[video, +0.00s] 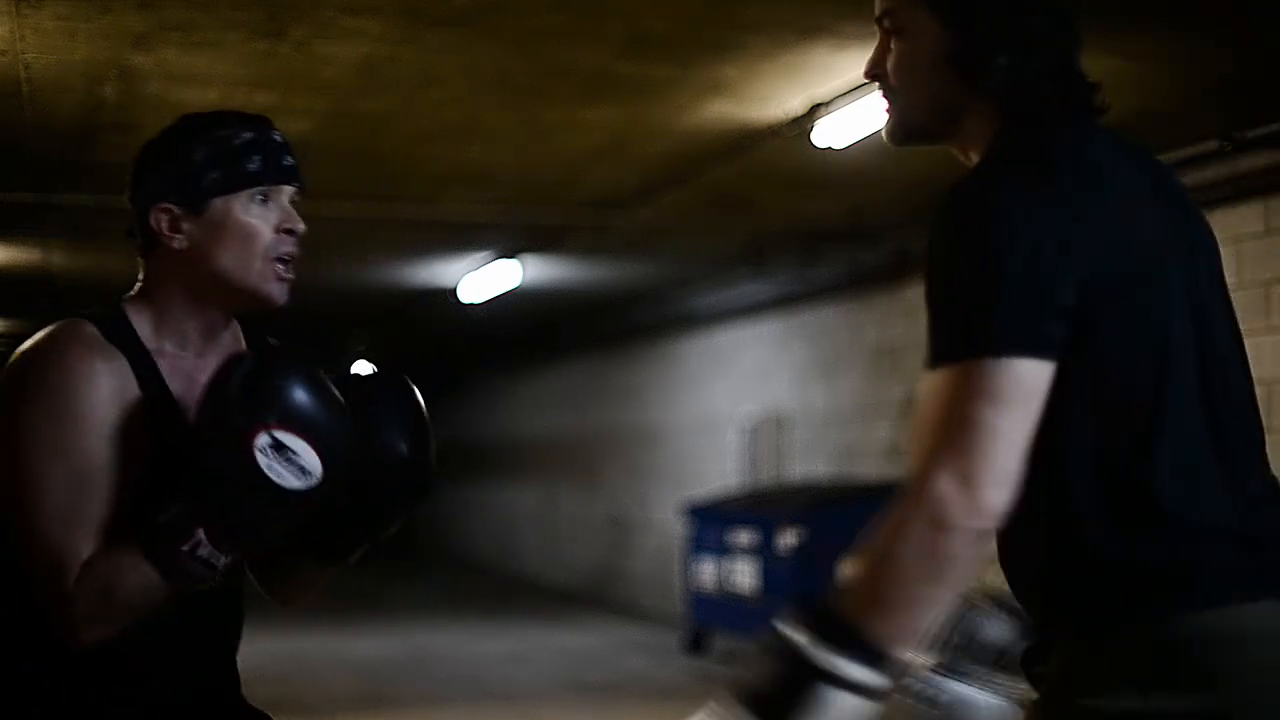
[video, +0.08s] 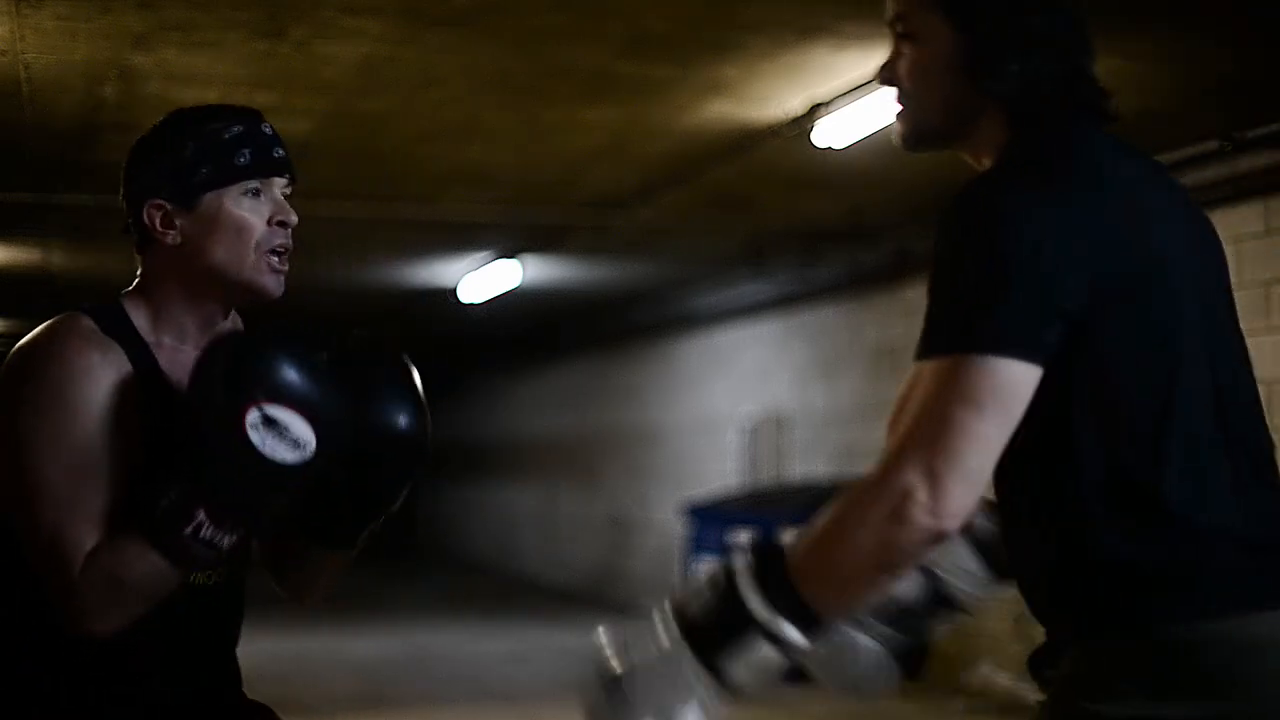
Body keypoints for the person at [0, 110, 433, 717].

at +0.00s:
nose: (294, 224)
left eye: (291, 204)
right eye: (262, 200)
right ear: (174, 226)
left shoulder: (252, 364)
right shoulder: (72, 371)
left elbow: (287, 583)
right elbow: (70, 611)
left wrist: (362, 491)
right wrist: (215, 521)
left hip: (206, 696)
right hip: (80, 712)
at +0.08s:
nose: (287, 217)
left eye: (285, 196)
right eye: (253, 193)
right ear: (167, 222)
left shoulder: (247, 358)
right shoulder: (71, 363)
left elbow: (300, 579)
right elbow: (84, 604)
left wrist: (360, 483)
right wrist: (217, 500)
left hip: (206, 695)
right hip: (79, 711)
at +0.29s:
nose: (347, 222)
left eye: (349, 203)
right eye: (313, 198)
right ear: (228, 228)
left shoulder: (314, 372)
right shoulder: (133, 362)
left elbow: (389, 595)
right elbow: (165, 597)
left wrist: (420, 441)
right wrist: (273, 466)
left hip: (257, 699)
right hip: (119, 706)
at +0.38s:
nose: (390, 228)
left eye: (388, 208)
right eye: (358, 204)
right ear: (270, 227)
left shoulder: (324, 368)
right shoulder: (167, 362)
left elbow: (409, 594)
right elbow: (220, 595)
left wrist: (452, 451)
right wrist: (325, 465)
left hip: (269, 695)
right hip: (136, 701)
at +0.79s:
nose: (337, 289)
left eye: (332, 263)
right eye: (310, 262)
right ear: (219, 275)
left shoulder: (243, 401)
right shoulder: (115, 404)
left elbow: (320, 613)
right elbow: (206, 630)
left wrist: (378, 463)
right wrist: (291, 475)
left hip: (200, 706)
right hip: (96, 712)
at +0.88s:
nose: (327, 304)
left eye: (323, 278)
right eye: (300, 276)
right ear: (210, 287)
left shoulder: (236, 411)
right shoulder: (96, 418)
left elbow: (315, 619)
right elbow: (191, 639)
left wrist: (373, 475)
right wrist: (279, 486)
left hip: (203, 709)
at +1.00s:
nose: (271, 305)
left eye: (272, 276)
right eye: (240, 278)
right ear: (152, 289)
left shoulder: (259, 412)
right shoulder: (47, 426)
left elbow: (347, 611)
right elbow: (114, 654)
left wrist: (359, 449)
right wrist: (200, 483)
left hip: (239, 707)